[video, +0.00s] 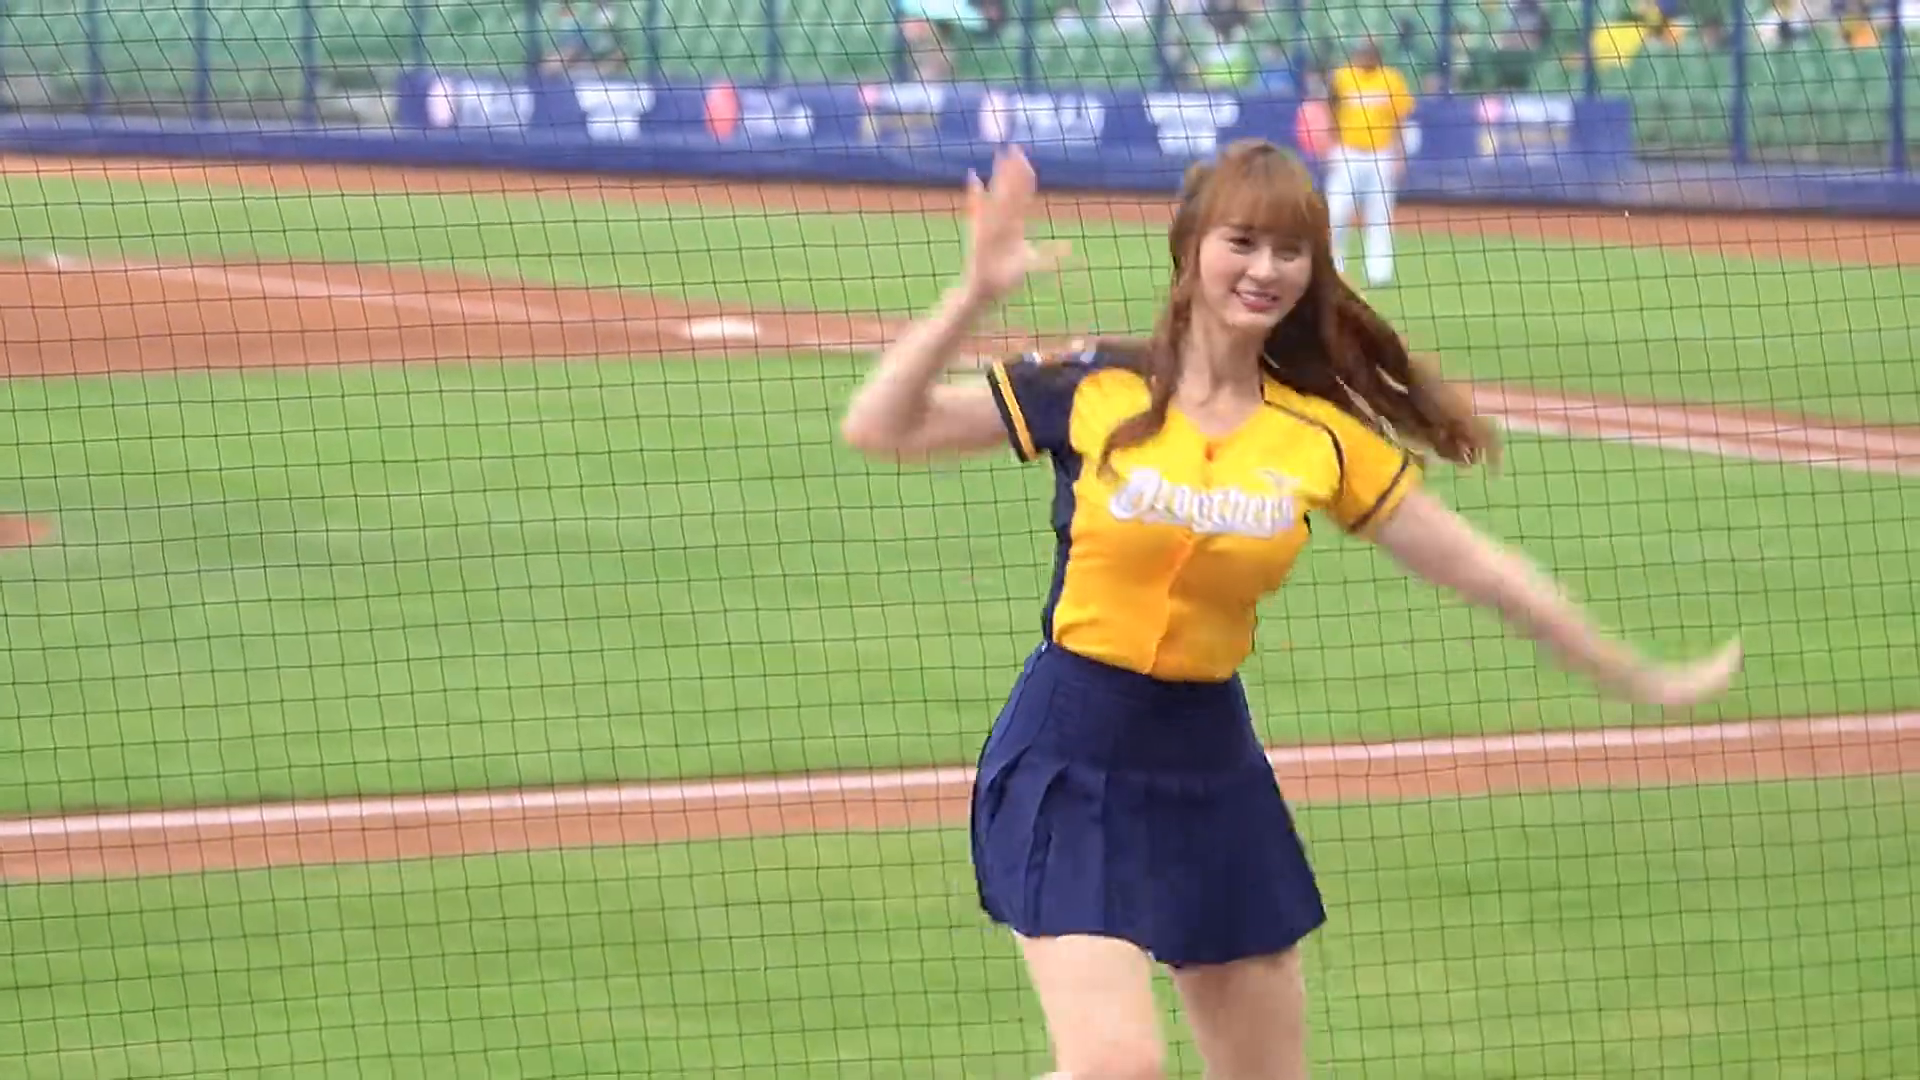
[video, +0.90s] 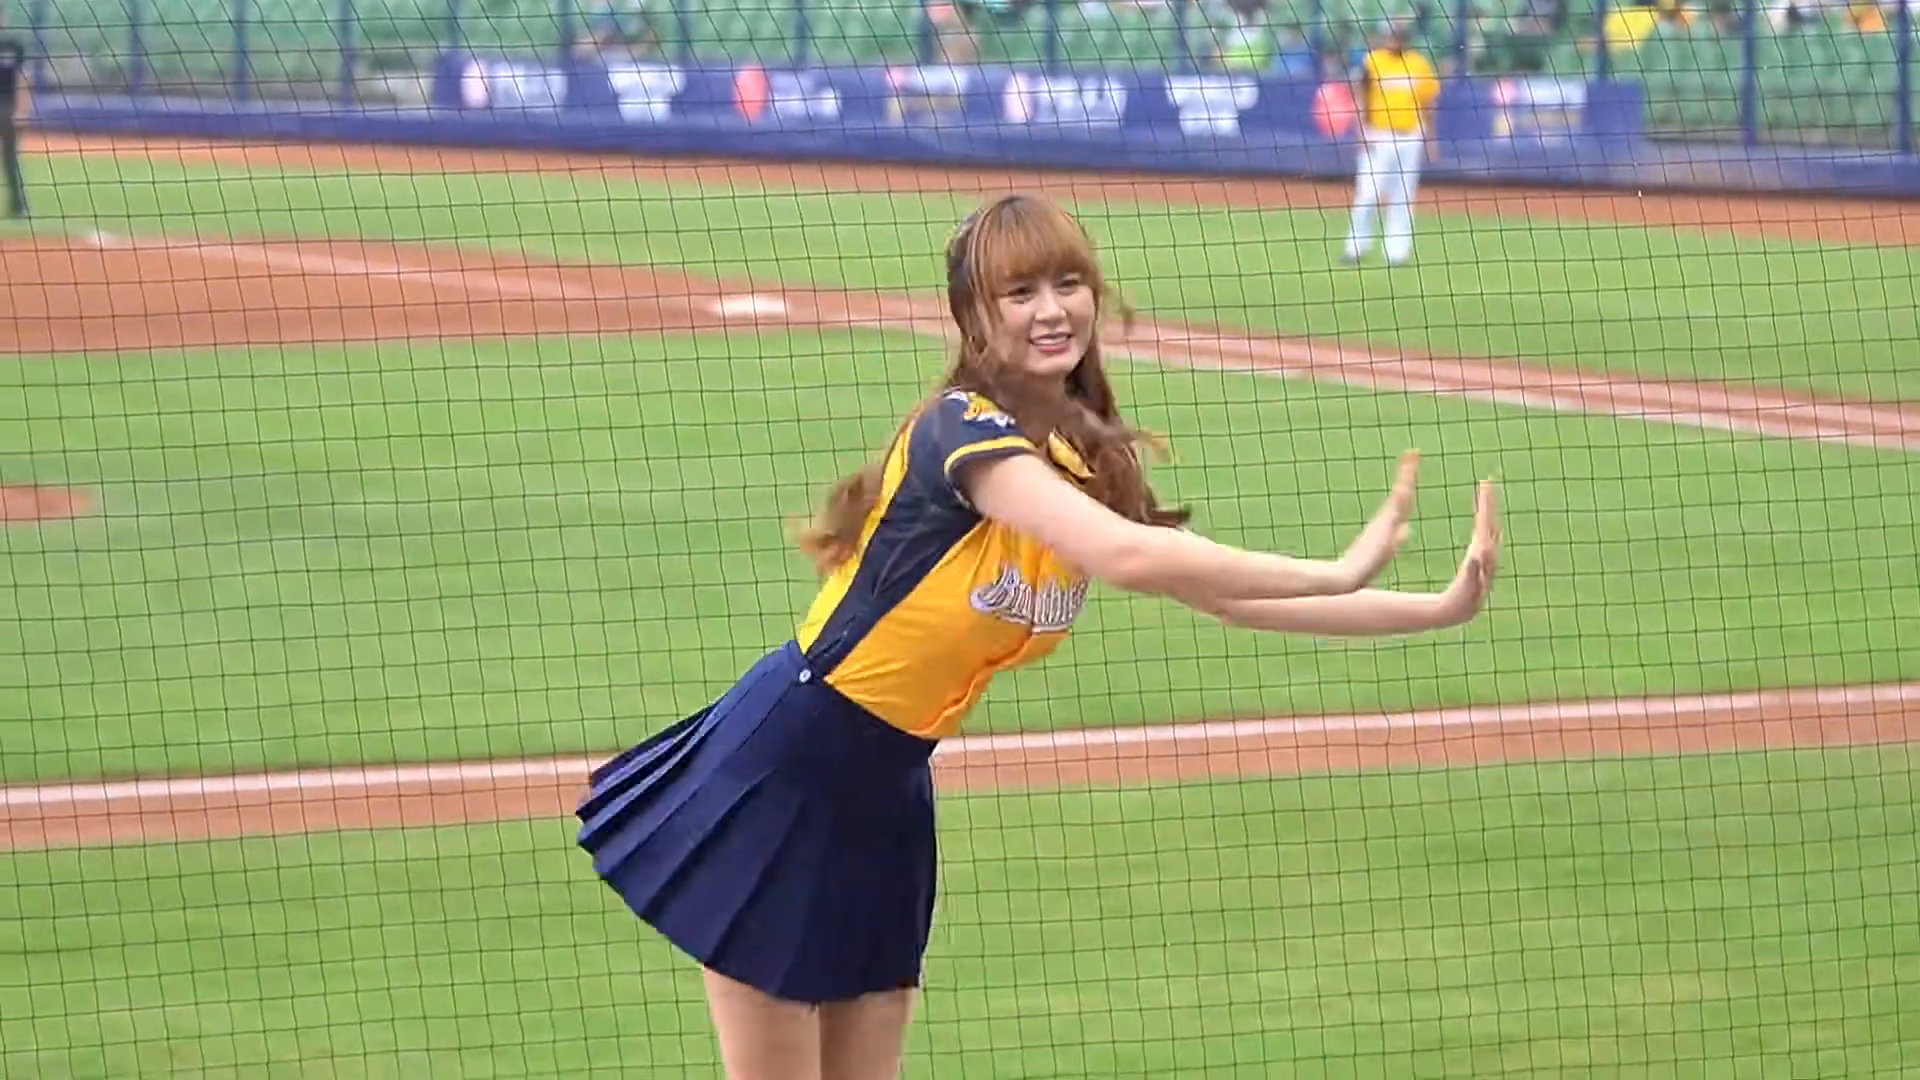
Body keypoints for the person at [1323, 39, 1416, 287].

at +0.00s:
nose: (1366, 59)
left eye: (1370, 53)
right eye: (1361, 53)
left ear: (1378, 55)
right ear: (1354, 54)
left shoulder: (1391, 78)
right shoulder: (1340, 77)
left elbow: (1402, 119)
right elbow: (1330, 110)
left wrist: (1400, 156)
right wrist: (1331, 145)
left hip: (1382, 155)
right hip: (1346, 153)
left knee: (1379, 215)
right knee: (1337, 213)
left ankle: (1379, 270)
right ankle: (1335, 266)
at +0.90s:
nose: (1396, 41)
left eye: (1401, 36)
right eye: (1393, 36)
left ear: (1408, 38)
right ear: (1386, 37)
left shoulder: (1419, 64)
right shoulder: (1373, 61)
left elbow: (1428, 106)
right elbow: (1359, 93)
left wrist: (1431, 140)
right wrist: (1362, 128)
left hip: (1410, 137)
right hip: (1378, 136)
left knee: (1402, 195)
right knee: (1368, 192)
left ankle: (1398, 248)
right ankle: (1357, 244)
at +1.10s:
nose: (1425, 35)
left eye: (1429, 30)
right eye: (1421, 30)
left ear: (1435, 32)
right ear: (1414, 30)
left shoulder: (1446, 57)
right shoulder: (1398, 53)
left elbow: (1456, 97)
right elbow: (1387, 87)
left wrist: (1457, 132)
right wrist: (1386, 121)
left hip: (1435, 129)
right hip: (1401, 127)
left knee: (1430, 186)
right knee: (1391, 185)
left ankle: (1427, 240)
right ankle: (1384, 236)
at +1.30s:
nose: (1460, 26)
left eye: (1465, 21)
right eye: (1456, 21)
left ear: (1472, 22)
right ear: (1449, 20)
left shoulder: (1483, 50)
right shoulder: (1431, 45)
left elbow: (1494, 91)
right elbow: (1420, 78)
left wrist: (1493, 125)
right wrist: (1419, 110)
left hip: (1470, 121)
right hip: (1436, 119)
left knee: (1465, 179)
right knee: (1427, 177)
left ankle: (1465, 233)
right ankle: (1422, 230)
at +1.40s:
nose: (1472, 22)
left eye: (1476, 17)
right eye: (1468, 17)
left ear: (1482, 19)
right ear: (1459, 18)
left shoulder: (1494, 45)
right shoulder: (1444, 42)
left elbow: (1506, 85)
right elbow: (1435, 76)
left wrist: (1507, 119)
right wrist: (1434, 108)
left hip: (1485, 117)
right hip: (1451, 116)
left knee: (1483, 175)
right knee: (1445, 175)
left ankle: (1484, 230)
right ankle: (1443, 228)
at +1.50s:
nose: (1485, 18)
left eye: (1489, 13)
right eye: (1481, 13)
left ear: (1495, 14)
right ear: (1473, 14)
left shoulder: (1508, 41)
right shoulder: (1458, 39)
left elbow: (1518, 84)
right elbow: (1447, 74)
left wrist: (1518, 118)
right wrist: (1448, 106)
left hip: (1498, 113)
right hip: (1464, 112)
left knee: (1500, 170)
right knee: (1463, 171)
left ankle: (1504, 225)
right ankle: (1463, 224)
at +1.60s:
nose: (1500, 12)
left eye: (1504, 7)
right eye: (1495, 7)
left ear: (1510, 9)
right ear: (1489, 9)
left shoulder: (1526, 37)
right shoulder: (1475, 34)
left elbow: (1536, 79)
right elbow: (1465, 70)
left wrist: (1536, 112)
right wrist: (1466, 102)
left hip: (1516, 108)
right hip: (1482, 107)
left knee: (1519, 165)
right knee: (1482, 166)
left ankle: (1524, 220)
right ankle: (1483, 219)